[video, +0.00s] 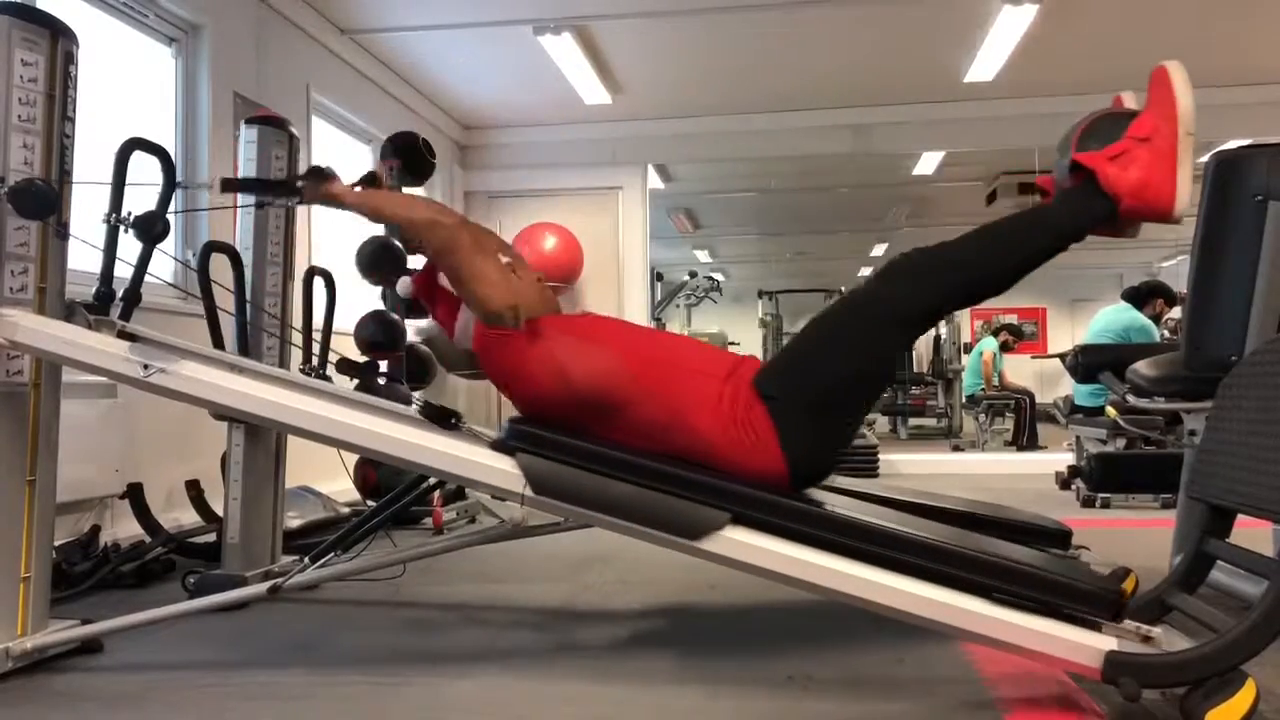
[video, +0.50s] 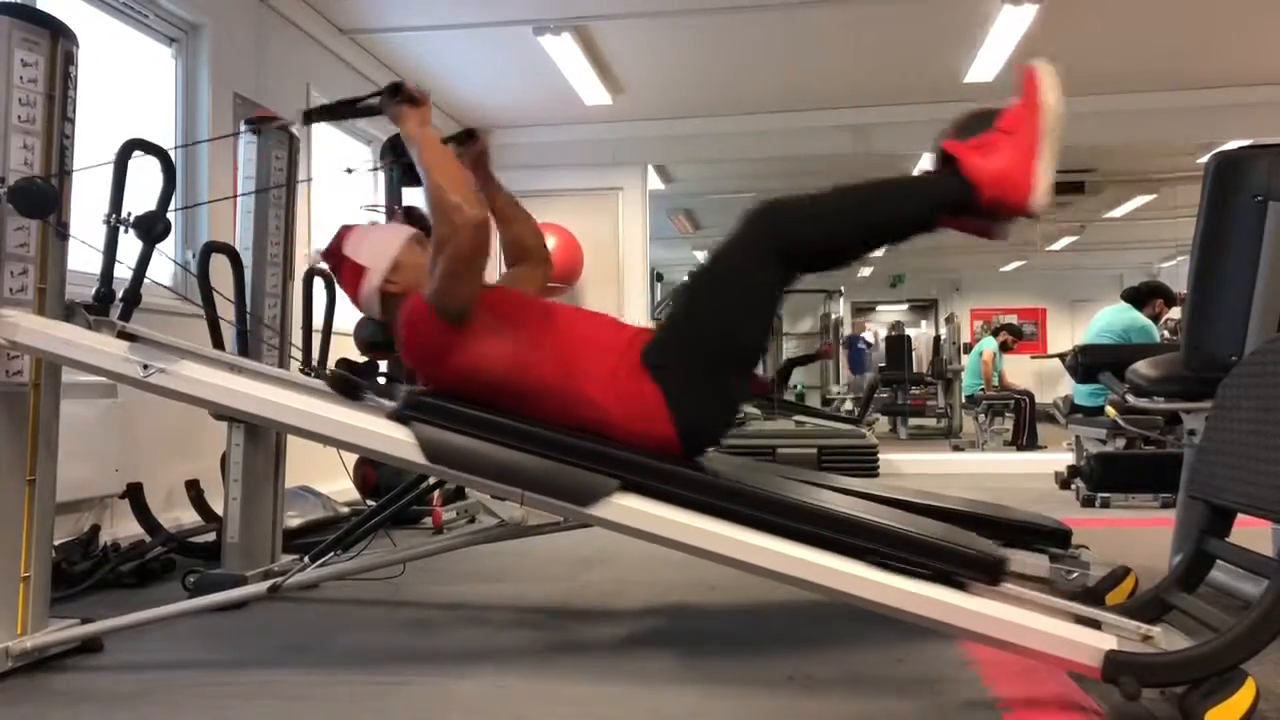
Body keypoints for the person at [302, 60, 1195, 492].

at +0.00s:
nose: (531, 265)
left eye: (519, 257)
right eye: (511, 259)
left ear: (486, 301)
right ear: (485, 297)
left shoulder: (539, 346)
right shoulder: (520, 349)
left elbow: (468, 250)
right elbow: (458, 233)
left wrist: (396, 208)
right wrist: (366, 202)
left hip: (768, 413)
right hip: (771, 433)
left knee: (905, 282)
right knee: (908, 287)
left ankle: (1090, 188)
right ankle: (1109, 191)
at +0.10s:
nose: (526, 269)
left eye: (513, 262)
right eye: (506, 264)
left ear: (480, 305)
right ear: (485, 301)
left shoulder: (540, 348)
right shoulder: (523, 349)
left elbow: (455, 253)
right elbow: (449, 239)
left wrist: (385, 220)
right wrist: (356, 214)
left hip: (775, 421)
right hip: (779, 436)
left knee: (911, 284)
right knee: (915, 288)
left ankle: (1106, 190)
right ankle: (1119, 191)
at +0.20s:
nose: (532, 265)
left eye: (519, 257)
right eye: (510, 260)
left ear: (477, 307)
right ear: (484, 301)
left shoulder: (536, 352)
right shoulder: (523, 349)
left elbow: (463, 249)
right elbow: (453, 229)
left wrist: (413, 242)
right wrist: (360, 213)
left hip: (767, 418)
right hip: (772, 438)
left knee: (898, 282)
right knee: (902, 288)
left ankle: (1092, 196)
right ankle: (1111, 199)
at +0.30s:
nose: (527, 255)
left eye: (515, 247)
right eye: (506, 250)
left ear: (463, 302)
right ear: (482, 286)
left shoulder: (520, 339)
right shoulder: (506, 342)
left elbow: (547, 241)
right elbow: (466, 213)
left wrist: (431, 210)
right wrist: (372, 187)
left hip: (748, 408)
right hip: (749, 426)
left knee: (880, 271)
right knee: (882, 275)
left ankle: (1061, 199)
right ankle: (1084, 203)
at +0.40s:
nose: (423, 254)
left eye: (413, 245)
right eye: (407, 256)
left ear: (434, 266)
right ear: (412, 295)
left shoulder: (501, 321)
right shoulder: (466, 337)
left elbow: (549, 251)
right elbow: (470, 210)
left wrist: (445, 188)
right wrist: (401, 157)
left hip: (714, 390)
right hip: (711, 415)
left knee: (831, 250)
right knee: (829, 254)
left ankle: (1019, 188)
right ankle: (1045, 195)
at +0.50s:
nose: (393, 243)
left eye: (383, 236)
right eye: (374, 247)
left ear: (405, 246)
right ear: (371, 287)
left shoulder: (473, 308)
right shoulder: (421, 332)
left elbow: (555, 262)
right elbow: (467, 239)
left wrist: (486, 189)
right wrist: (422, 143)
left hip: (673, 373)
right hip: (668, 398)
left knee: (770, 232)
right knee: (767, 232)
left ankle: (968, 178)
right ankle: (977, 182)